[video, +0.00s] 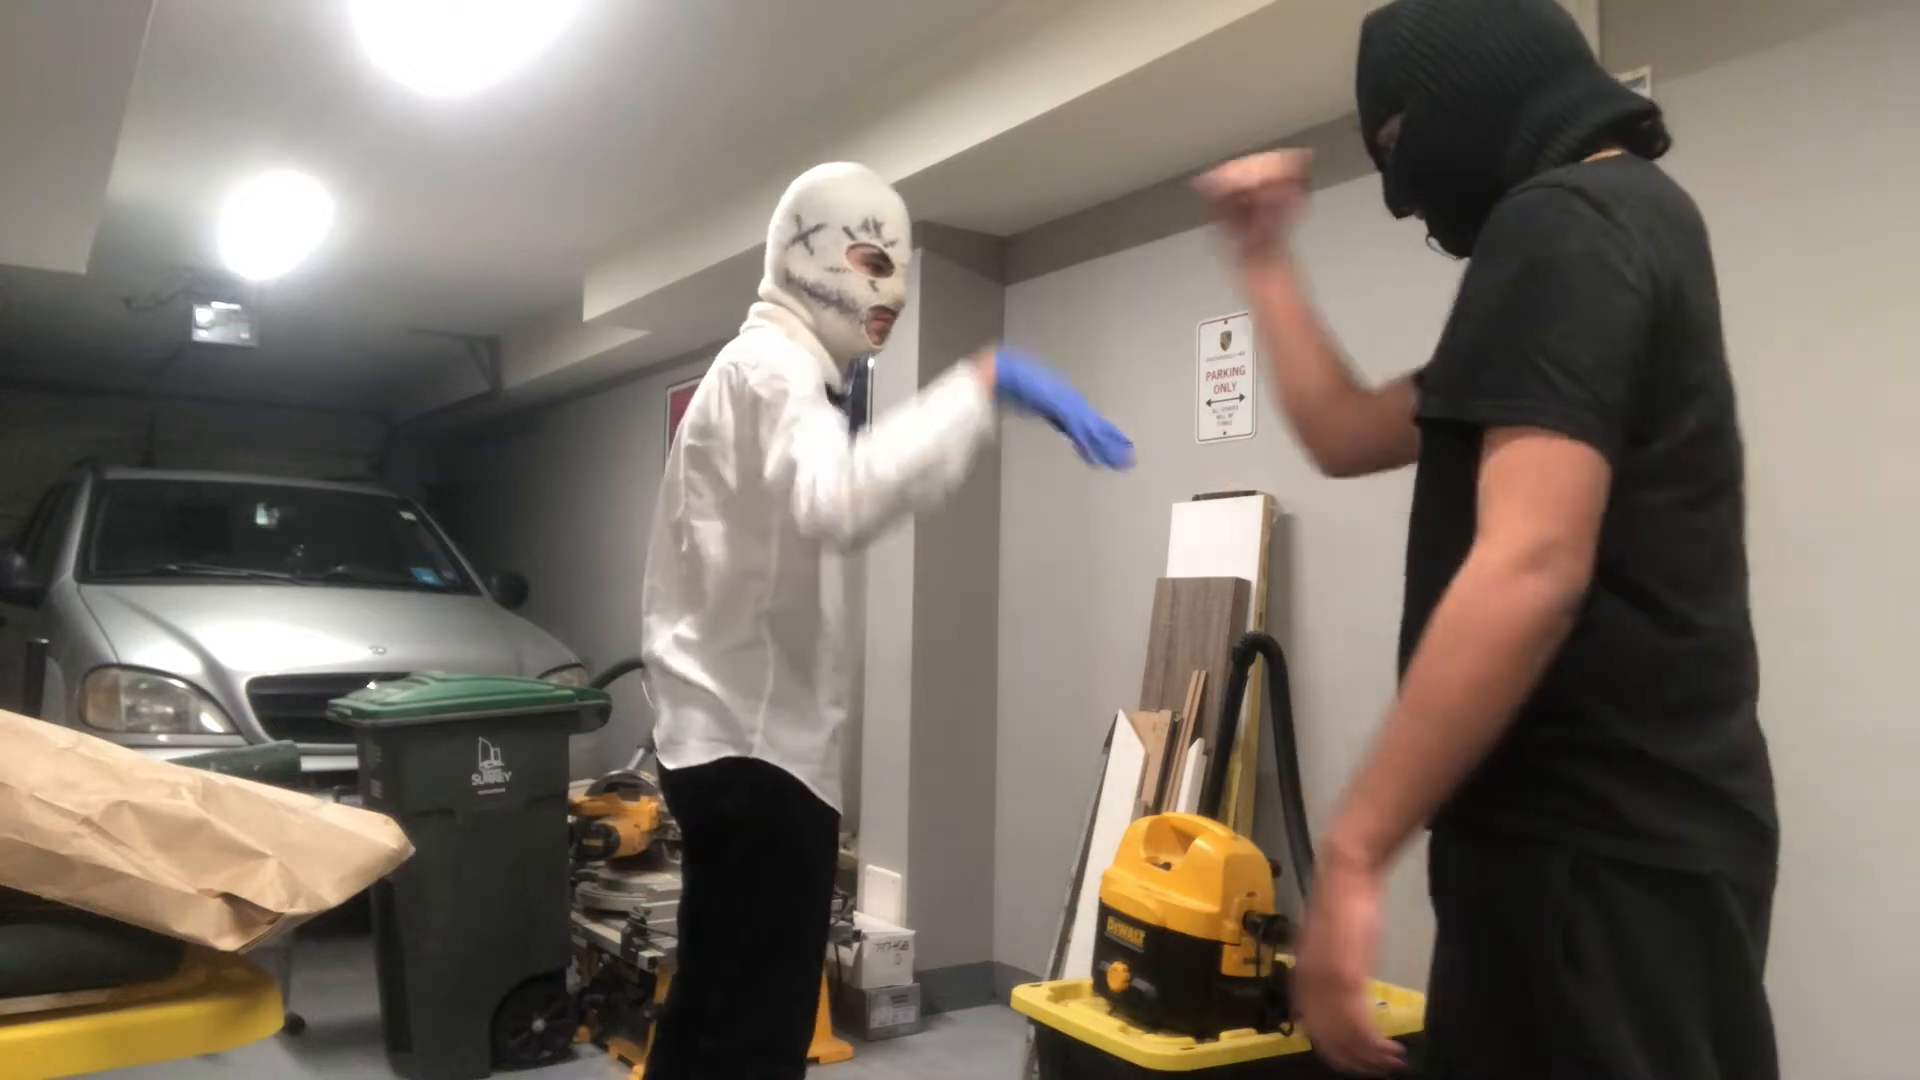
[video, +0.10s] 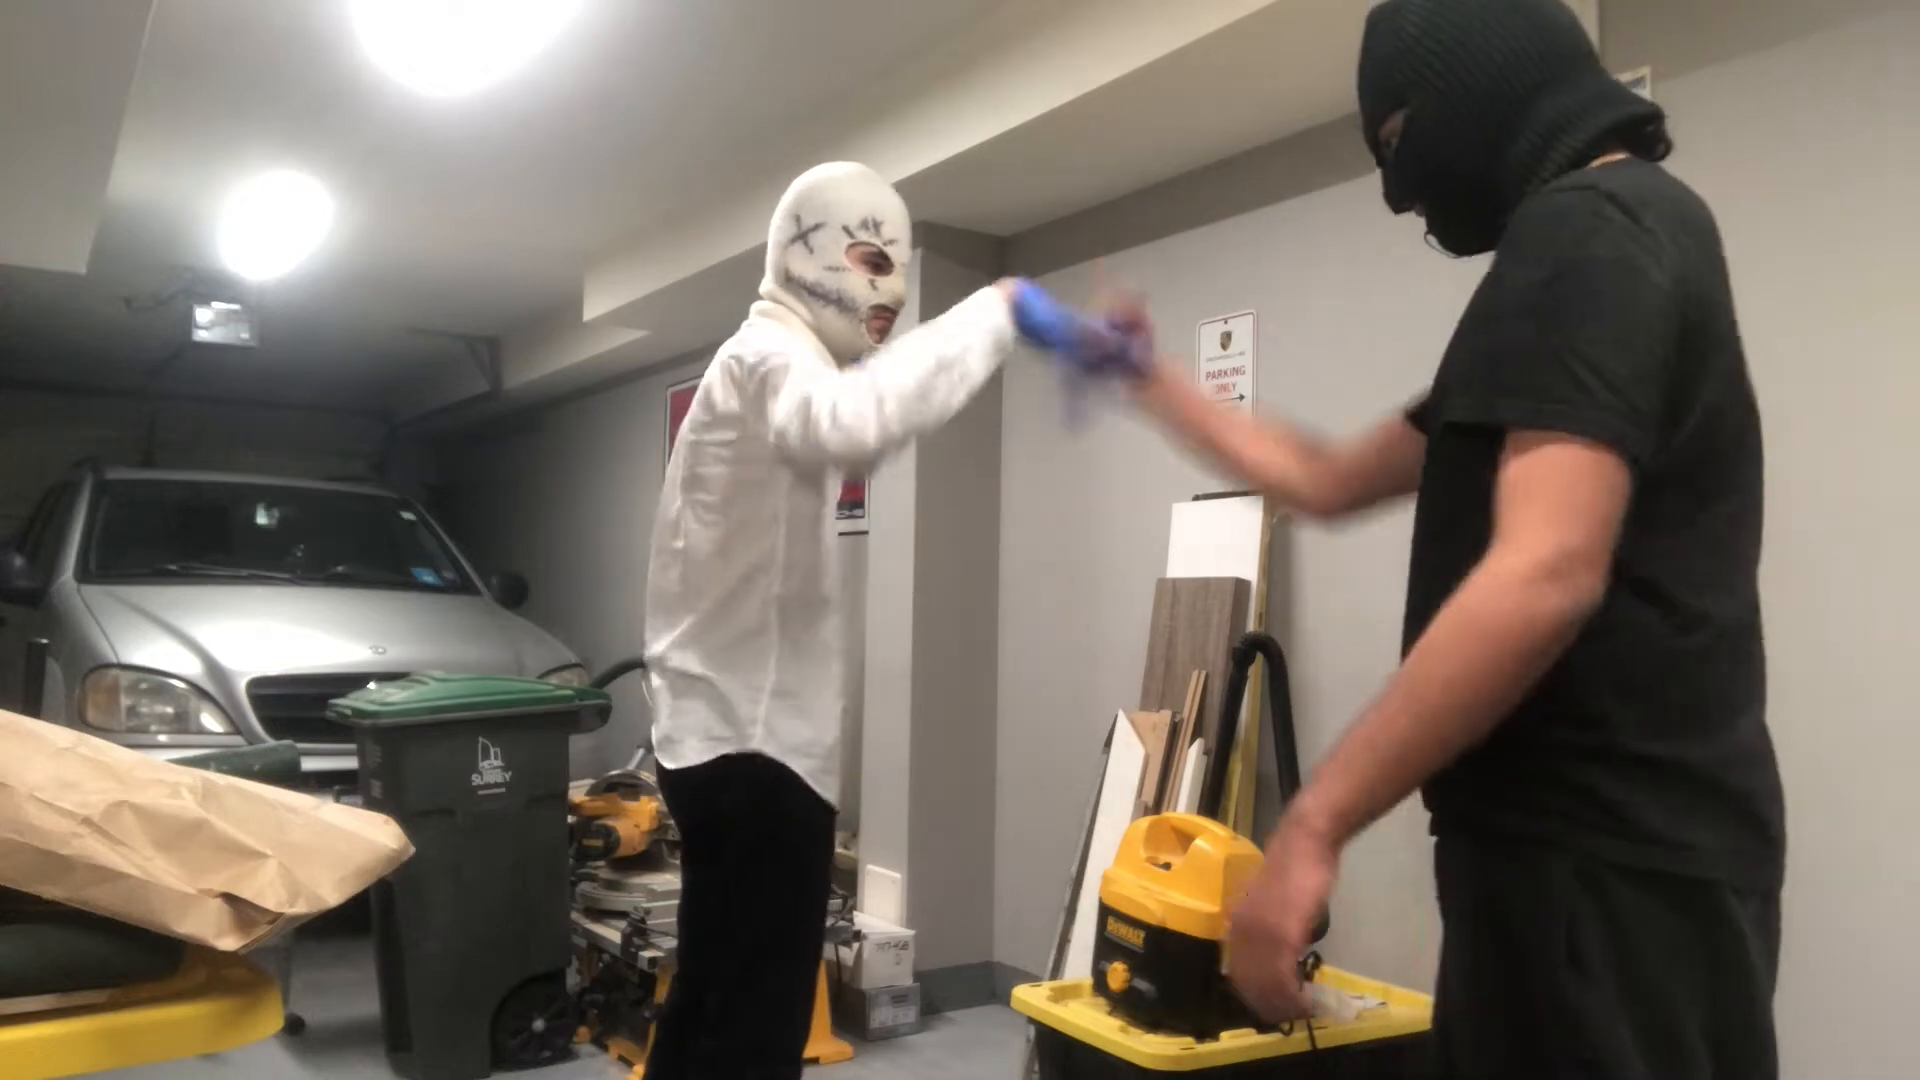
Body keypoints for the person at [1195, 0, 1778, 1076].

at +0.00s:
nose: (1395, 193)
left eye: (1390, 145)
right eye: (1381, 159)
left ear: (1457, 98)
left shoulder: (1566, 224)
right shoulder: (1611, 226)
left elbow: (1532, 564)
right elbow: (1346, 432)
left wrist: (1354, 853)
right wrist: (1259, 254)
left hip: (1583, 867)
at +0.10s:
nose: (1395, 188)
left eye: (1395, 138)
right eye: (1382, 154)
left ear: (1466, 91)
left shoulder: (1593, 225)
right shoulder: (1583, 248)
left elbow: (1546, 572)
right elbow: (1326, 480)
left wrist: (1314, 826)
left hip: (1602, 876)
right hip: (1559, 868)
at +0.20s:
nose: (1395, 193)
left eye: (1393, 141)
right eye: (1381, 156)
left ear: (1465, 96)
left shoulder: (1598, 229)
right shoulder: (1573, 242)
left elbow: (1590, 575)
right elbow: (1385, 538)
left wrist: (1326, 810)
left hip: (1596, 879)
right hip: (1544, 868)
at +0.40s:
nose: (1386, 183)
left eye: (1385, 129)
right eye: (1375, 145)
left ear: (1452, 88)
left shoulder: (1598, 229)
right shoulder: (1558, 248)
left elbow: (1631, 582)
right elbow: (1388, 536)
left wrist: (1396, 835)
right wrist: (1178, 556)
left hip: (1601, 882)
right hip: (1534, 872)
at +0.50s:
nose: (1383, 174)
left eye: (1385, 125)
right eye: (1375, 138)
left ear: (1454, 90)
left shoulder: (1609, 227)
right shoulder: (1549, 268)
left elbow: (1638, 579)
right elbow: (1323, 400)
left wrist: (1415, 841)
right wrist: (1157, 317)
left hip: (1601, 886)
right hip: (1537, 878)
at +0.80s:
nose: (1392, 175)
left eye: (1393, 123)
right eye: (1384, 135)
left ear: (1468, 83)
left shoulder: (1616, 235)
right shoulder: (1555, 260)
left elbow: (1665, 588)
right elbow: (1335, 456)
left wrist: (1446, 858)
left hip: (1599, 871)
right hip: (1533, 866)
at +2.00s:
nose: (1432, 222)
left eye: (1428, 183)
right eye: (1419, 194)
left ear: (1483, 125)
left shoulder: (1582, 169)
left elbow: (1638, 507)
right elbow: (1391, 522)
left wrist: (1469, 831)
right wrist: (1197, 427)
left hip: (1594, 875)